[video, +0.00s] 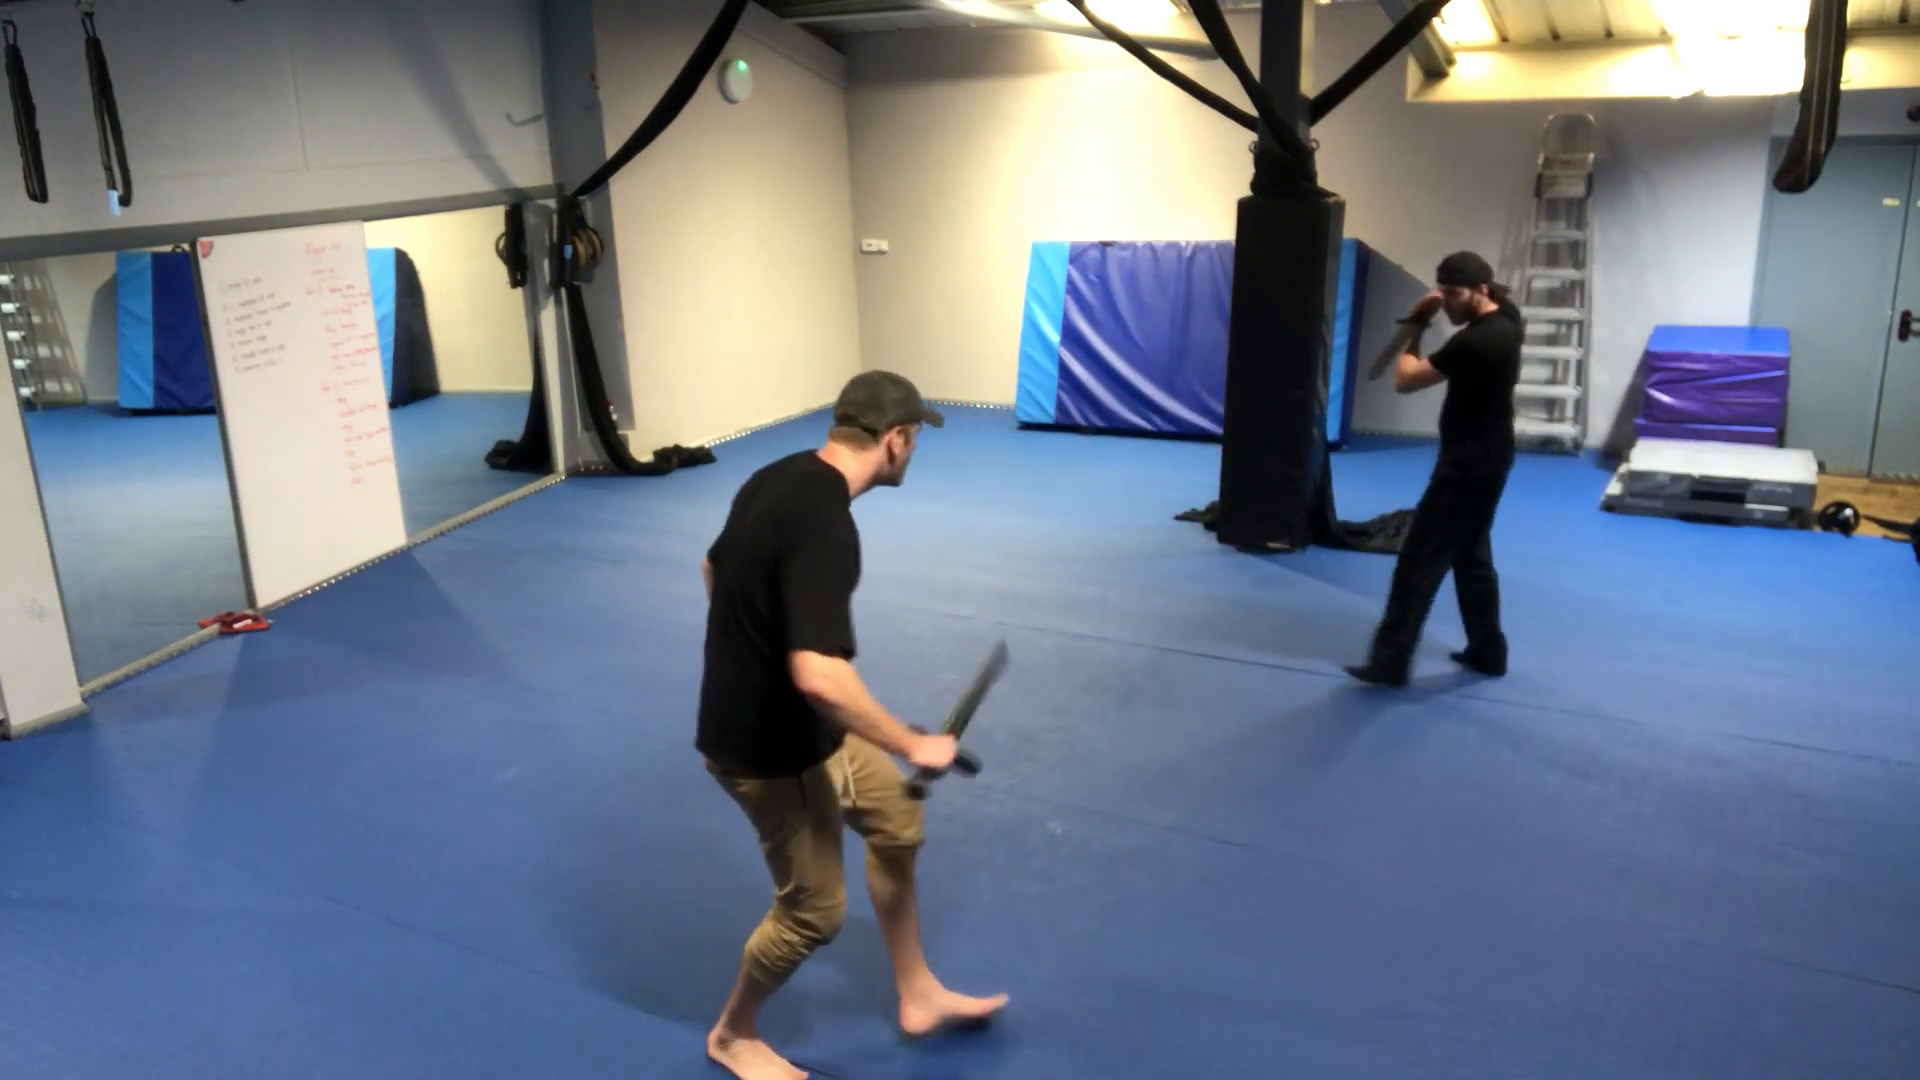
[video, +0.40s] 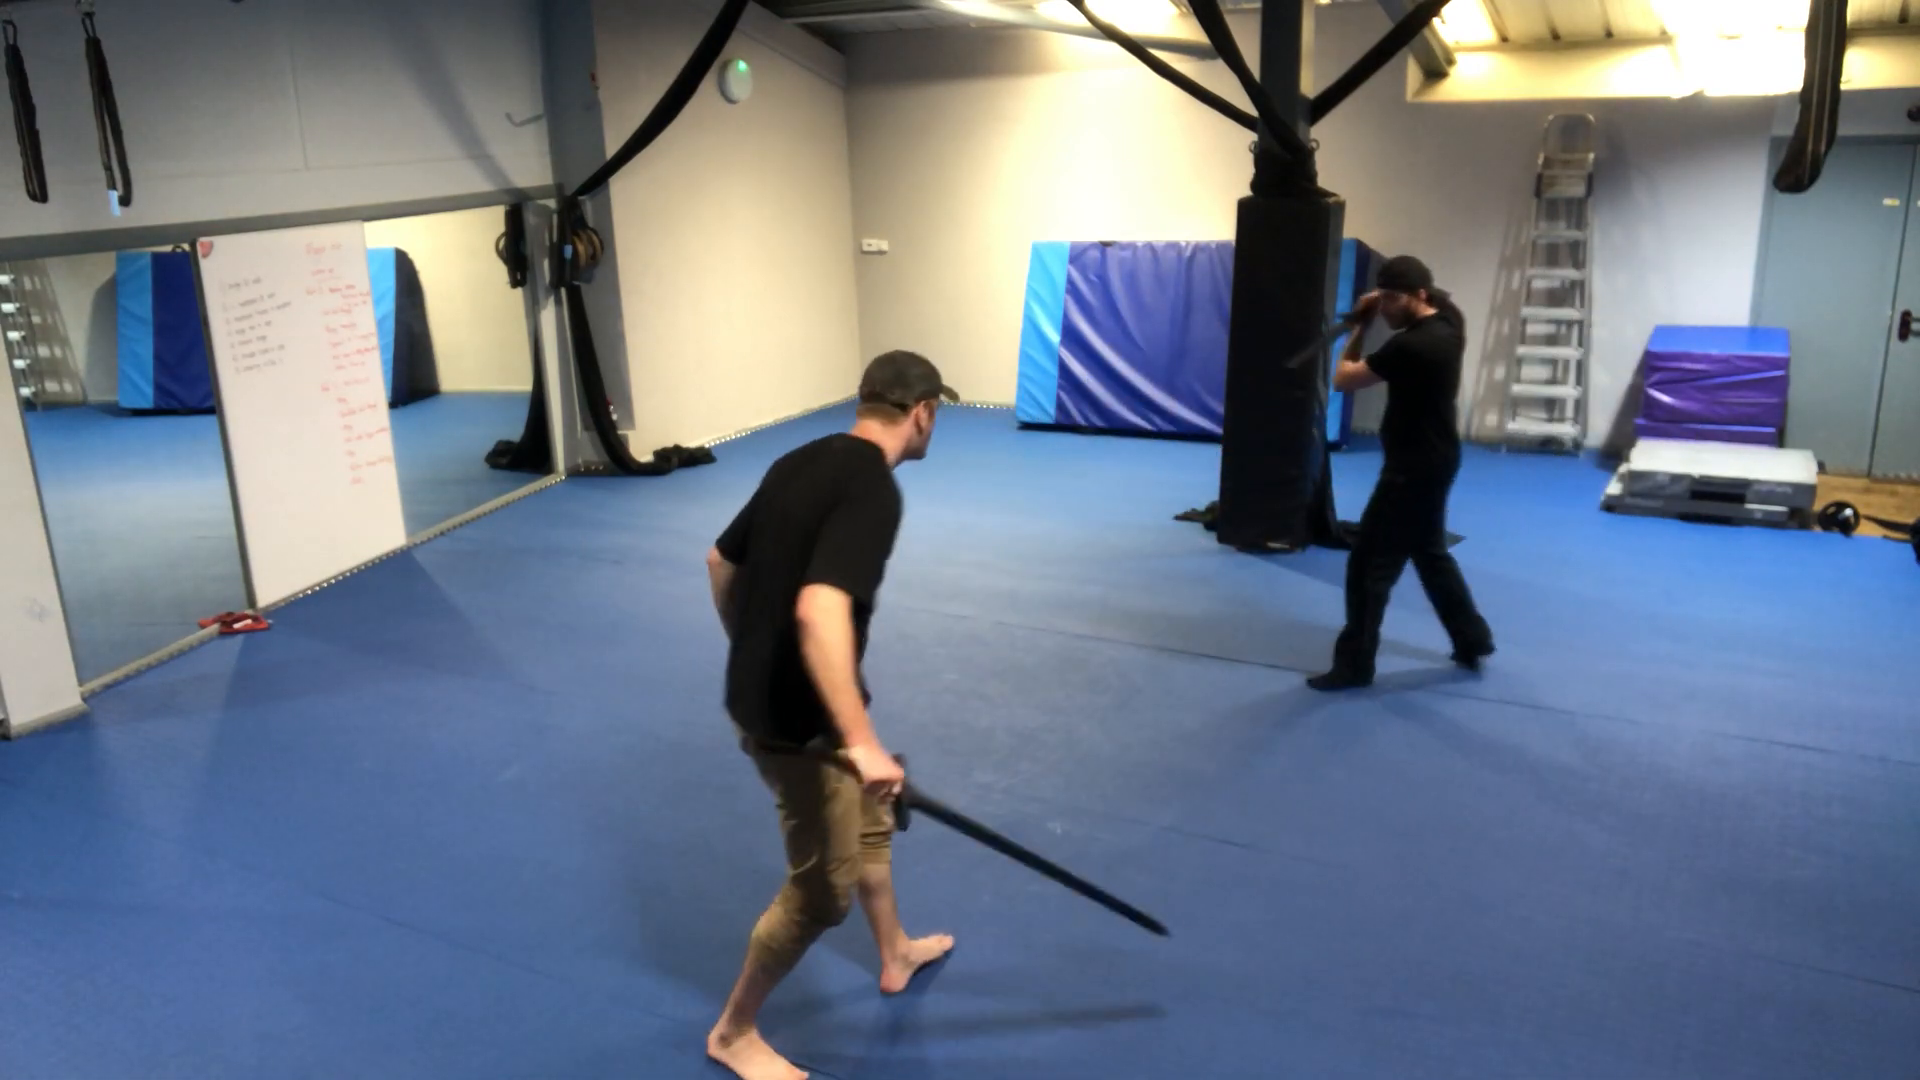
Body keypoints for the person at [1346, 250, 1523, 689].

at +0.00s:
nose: (1442, 300)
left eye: (1450, 291)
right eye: (1443, 290)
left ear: (1478, 291)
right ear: (1483, 292)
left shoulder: (1472, 341)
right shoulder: (1507, 321)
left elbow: (1404, 378)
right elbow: (1490, 295)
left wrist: (1416, 325)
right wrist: (1442, 304)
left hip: (1464, 464)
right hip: (1490, 458)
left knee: (1420, 559)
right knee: (1472, 554)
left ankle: (1389, 664)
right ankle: (1487, 651)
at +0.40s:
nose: (1384, 306)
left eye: (1389, 298)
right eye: (1383, 298)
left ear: (1415, 297)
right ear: (1423, 296)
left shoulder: (1411, 344)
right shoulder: (1448, 323)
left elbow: (1343, 378)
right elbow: (1426, 295)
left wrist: (1360, 326)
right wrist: (1380, 299)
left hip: (1410, 467)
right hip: (1436, 460)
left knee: (1369, 564)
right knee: (1429, 552)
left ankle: (1354, 667)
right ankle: (1472, 642)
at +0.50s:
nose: (1366, 308)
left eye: (1372, 300)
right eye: (1365, 299)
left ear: (1399, 299)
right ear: (1406, 299)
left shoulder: (1392, 346)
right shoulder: (1432, 326)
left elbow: (1326, 379)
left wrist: (1346, 329)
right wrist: (1362, 307)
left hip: (1397, 465)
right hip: (1421, 456)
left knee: (1357, 565)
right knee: (1402, 543)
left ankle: (1352, 668)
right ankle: (1452, 625)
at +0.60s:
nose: (1354, 312)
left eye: (1360, 305)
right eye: (1353, 304)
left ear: (1385, 302)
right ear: (1390, 301)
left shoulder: (1380, 350)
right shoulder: (1417, 323)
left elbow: (1311, 381)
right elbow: (1389, 303)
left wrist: (1329, 326)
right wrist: (1353, 301)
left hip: (1388, 466)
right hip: (1412, 456)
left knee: (1346, 562)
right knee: (1382, 538)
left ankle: (1351, 668)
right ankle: (1417, 622)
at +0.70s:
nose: (1345, 317)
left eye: (1350, 309)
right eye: (1342, 309)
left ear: (1375, 305)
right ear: (1381, 304)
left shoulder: (1371, 351)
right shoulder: (1406, 324)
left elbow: (1302, 382)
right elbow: (1378, 304)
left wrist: (1319, 327)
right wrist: (1342, 301)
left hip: (1380, 467)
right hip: (1402, 457)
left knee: (1338, 559)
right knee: (1373, 543)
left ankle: (1349, 668)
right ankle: (1376, 627)